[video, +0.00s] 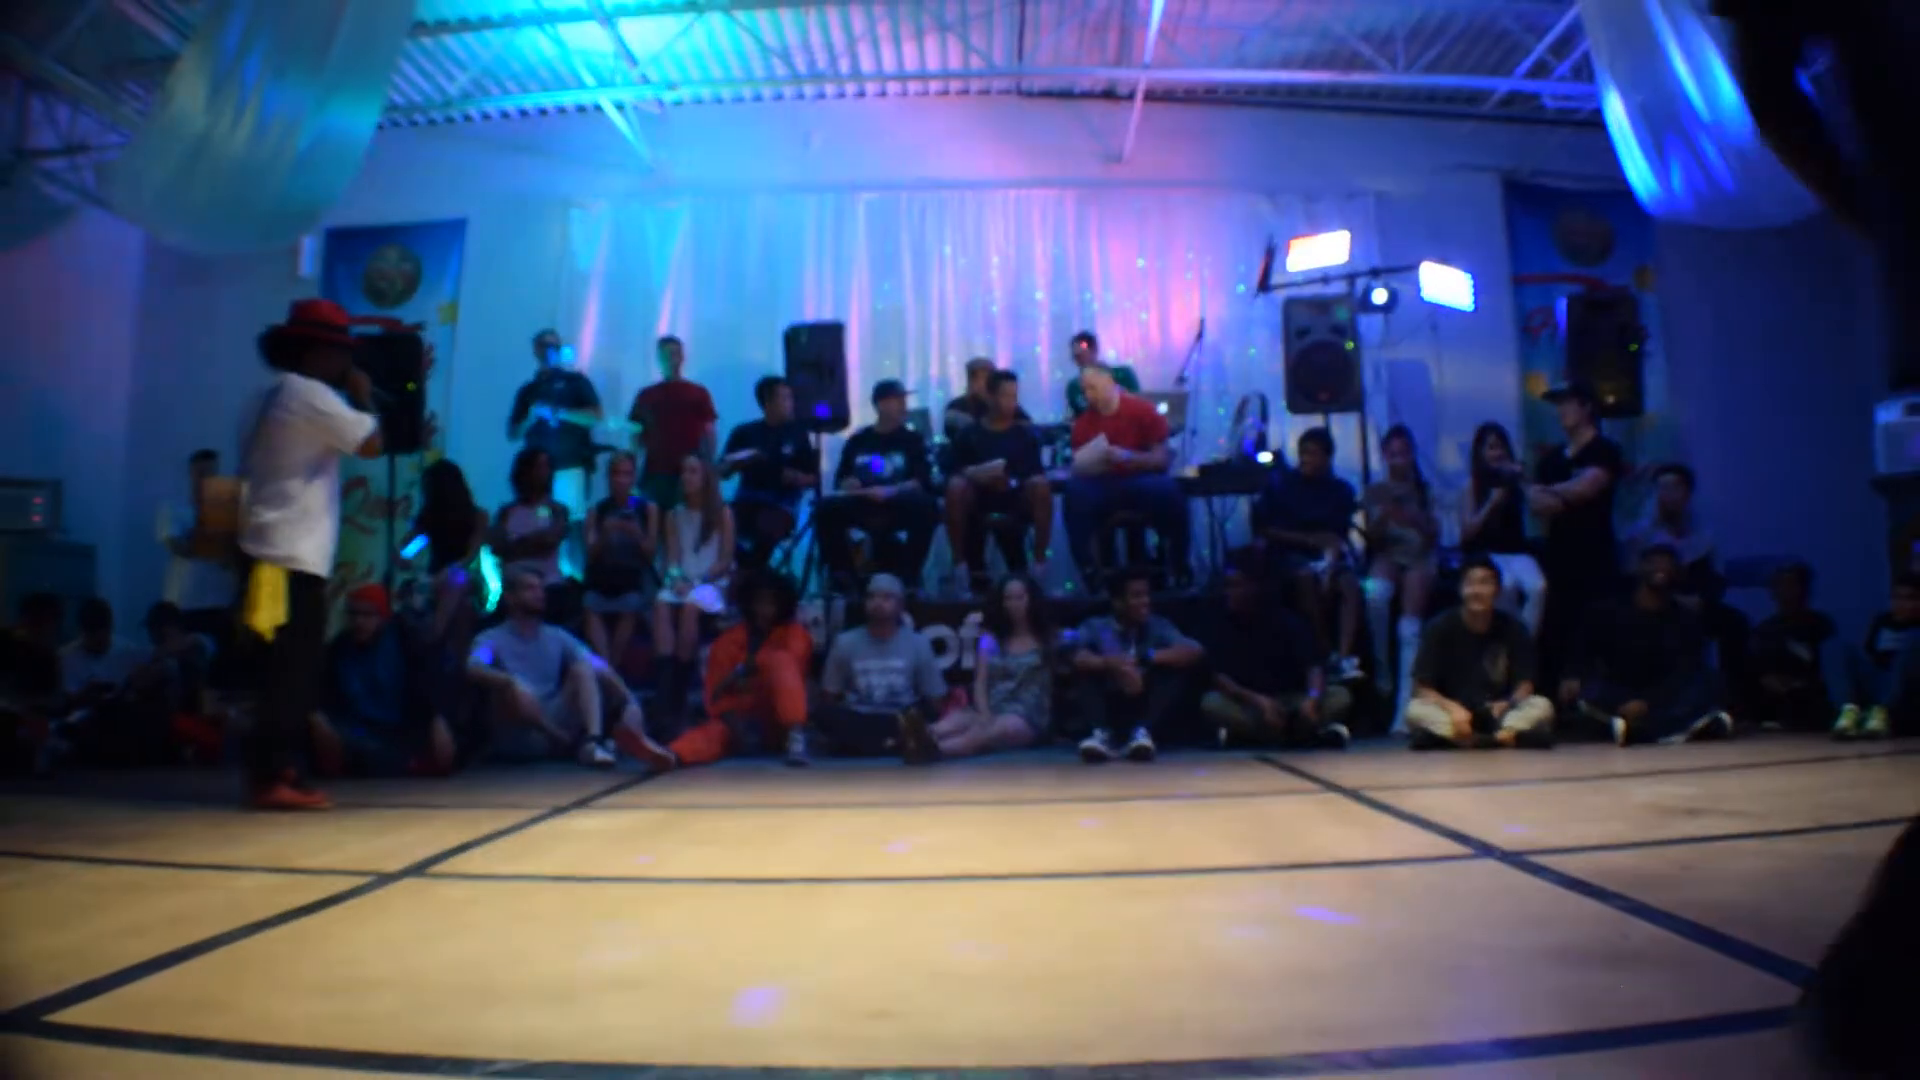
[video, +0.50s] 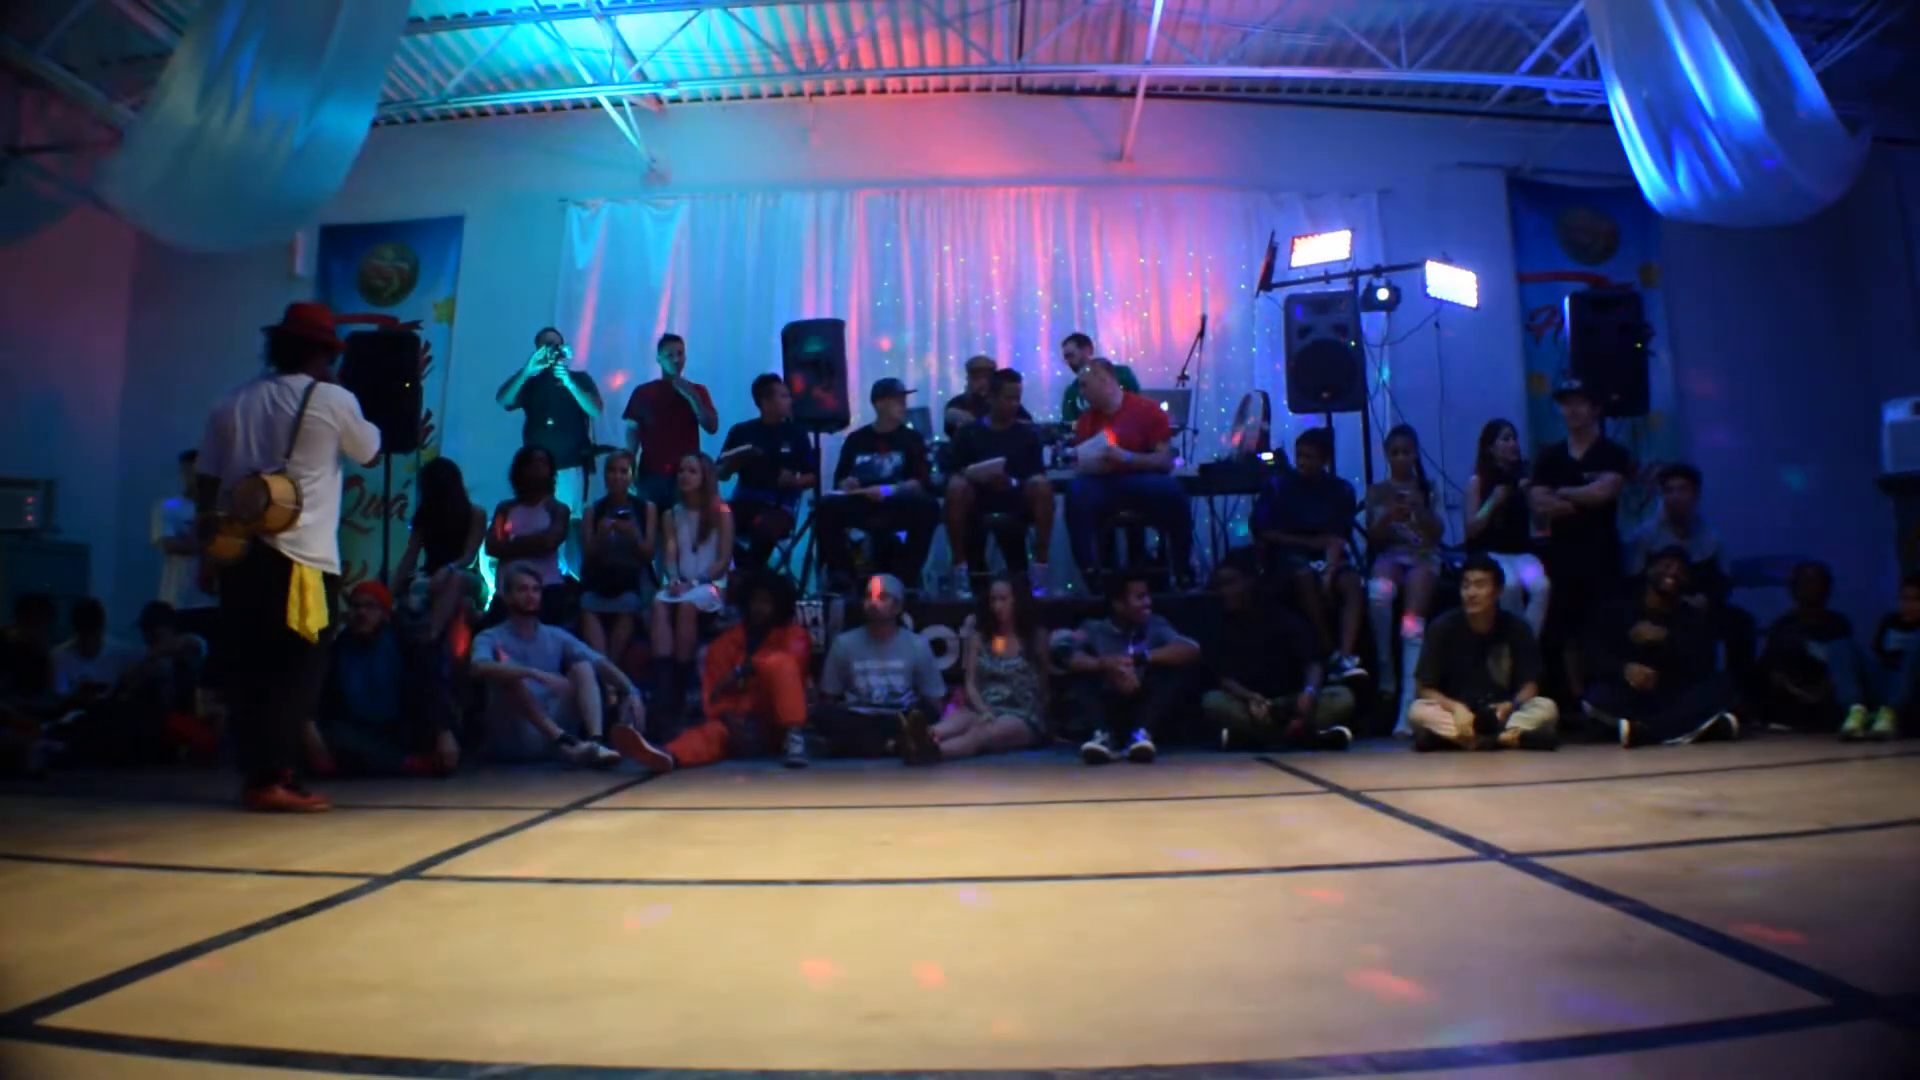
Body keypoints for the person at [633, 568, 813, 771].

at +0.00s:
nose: (764, 611)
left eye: (770, 604)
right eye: (758, 603)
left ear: (782, 607)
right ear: (747, 606)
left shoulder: (794, 636)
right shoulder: (727, 643)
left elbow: (788, 666)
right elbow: (714, 704)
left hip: (775, 718)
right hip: (739, 720)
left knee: (780, 660)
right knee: (714, 734)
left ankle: (795, 738)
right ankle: (673, 756)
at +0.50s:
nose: (759, 609)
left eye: (766, 603)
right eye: (754, 602)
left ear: (780, 607)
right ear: (745, 605)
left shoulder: (792, 635)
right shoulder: (724, 645)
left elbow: (784, 667)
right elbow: (713, 703)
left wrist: (748, 669)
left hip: (775, 721)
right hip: (738, 722)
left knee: (779, 663)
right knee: (712, 734)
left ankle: (794, 738)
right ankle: (668, 755)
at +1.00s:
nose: (767, 609)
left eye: (774, 603)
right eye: (761, 602)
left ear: (784, 607)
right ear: (748, 604)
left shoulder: (793, 634)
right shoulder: (725, 644)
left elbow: (786, 664)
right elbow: (713, 701)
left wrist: (750, 669)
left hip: (776, 718)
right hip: (739, 721)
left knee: (778, 660)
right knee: (709, 735)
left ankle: (794, 738)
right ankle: (670, 755)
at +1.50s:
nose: (768, 609)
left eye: (775, 603)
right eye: (762, 602)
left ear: (784, 607)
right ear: (749, 604)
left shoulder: (793, 634)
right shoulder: (724, 645)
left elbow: (790, 662)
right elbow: (713, 703)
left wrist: (756, 665)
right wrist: (735, 676)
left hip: (775, 718)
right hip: (737, 721)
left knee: (779, 661)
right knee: (709, 734)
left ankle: (795, 737)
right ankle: (670, 756)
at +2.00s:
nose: (768, 609)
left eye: (774, 603)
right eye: (762, 602)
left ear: (783, 607)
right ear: (748, 605)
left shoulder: (792, 634)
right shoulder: (723, 645)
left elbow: (785, 664)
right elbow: (713, 704)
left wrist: (752, 667)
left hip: (774, 716)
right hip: (737, 720)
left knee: (778, 661)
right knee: (709, 735)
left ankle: (795, 738)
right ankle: (670, 756)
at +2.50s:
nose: (767, 609)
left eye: (773, 603)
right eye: (761, 602)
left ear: (783, 606)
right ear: (749, 604)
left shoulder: (793, 633)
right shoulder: (723, 646)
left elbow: (791, 665)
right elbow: (713, 703)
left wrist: (755, 665)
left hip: (774, 717)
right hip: (737, 721)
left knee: (780, 661)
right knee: (710, 735)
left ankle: (795, 737)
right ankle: (670, 755)